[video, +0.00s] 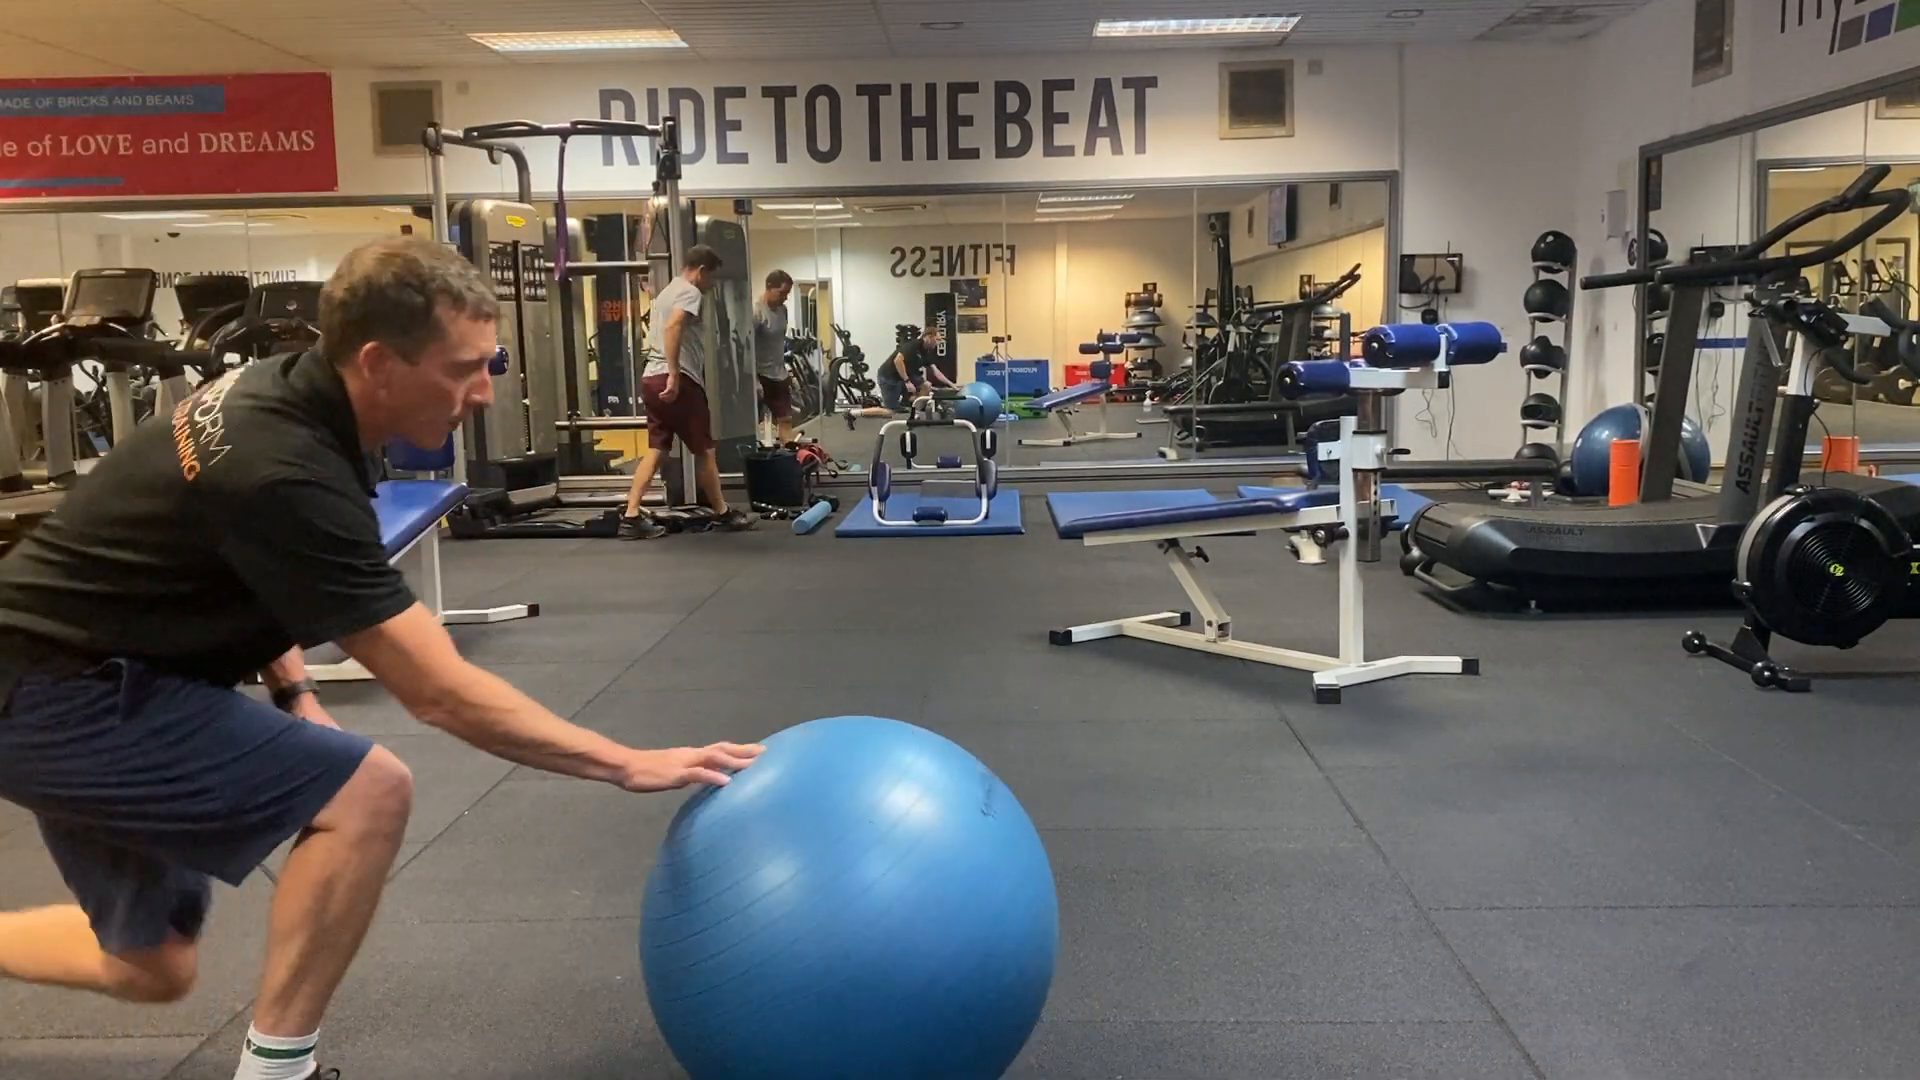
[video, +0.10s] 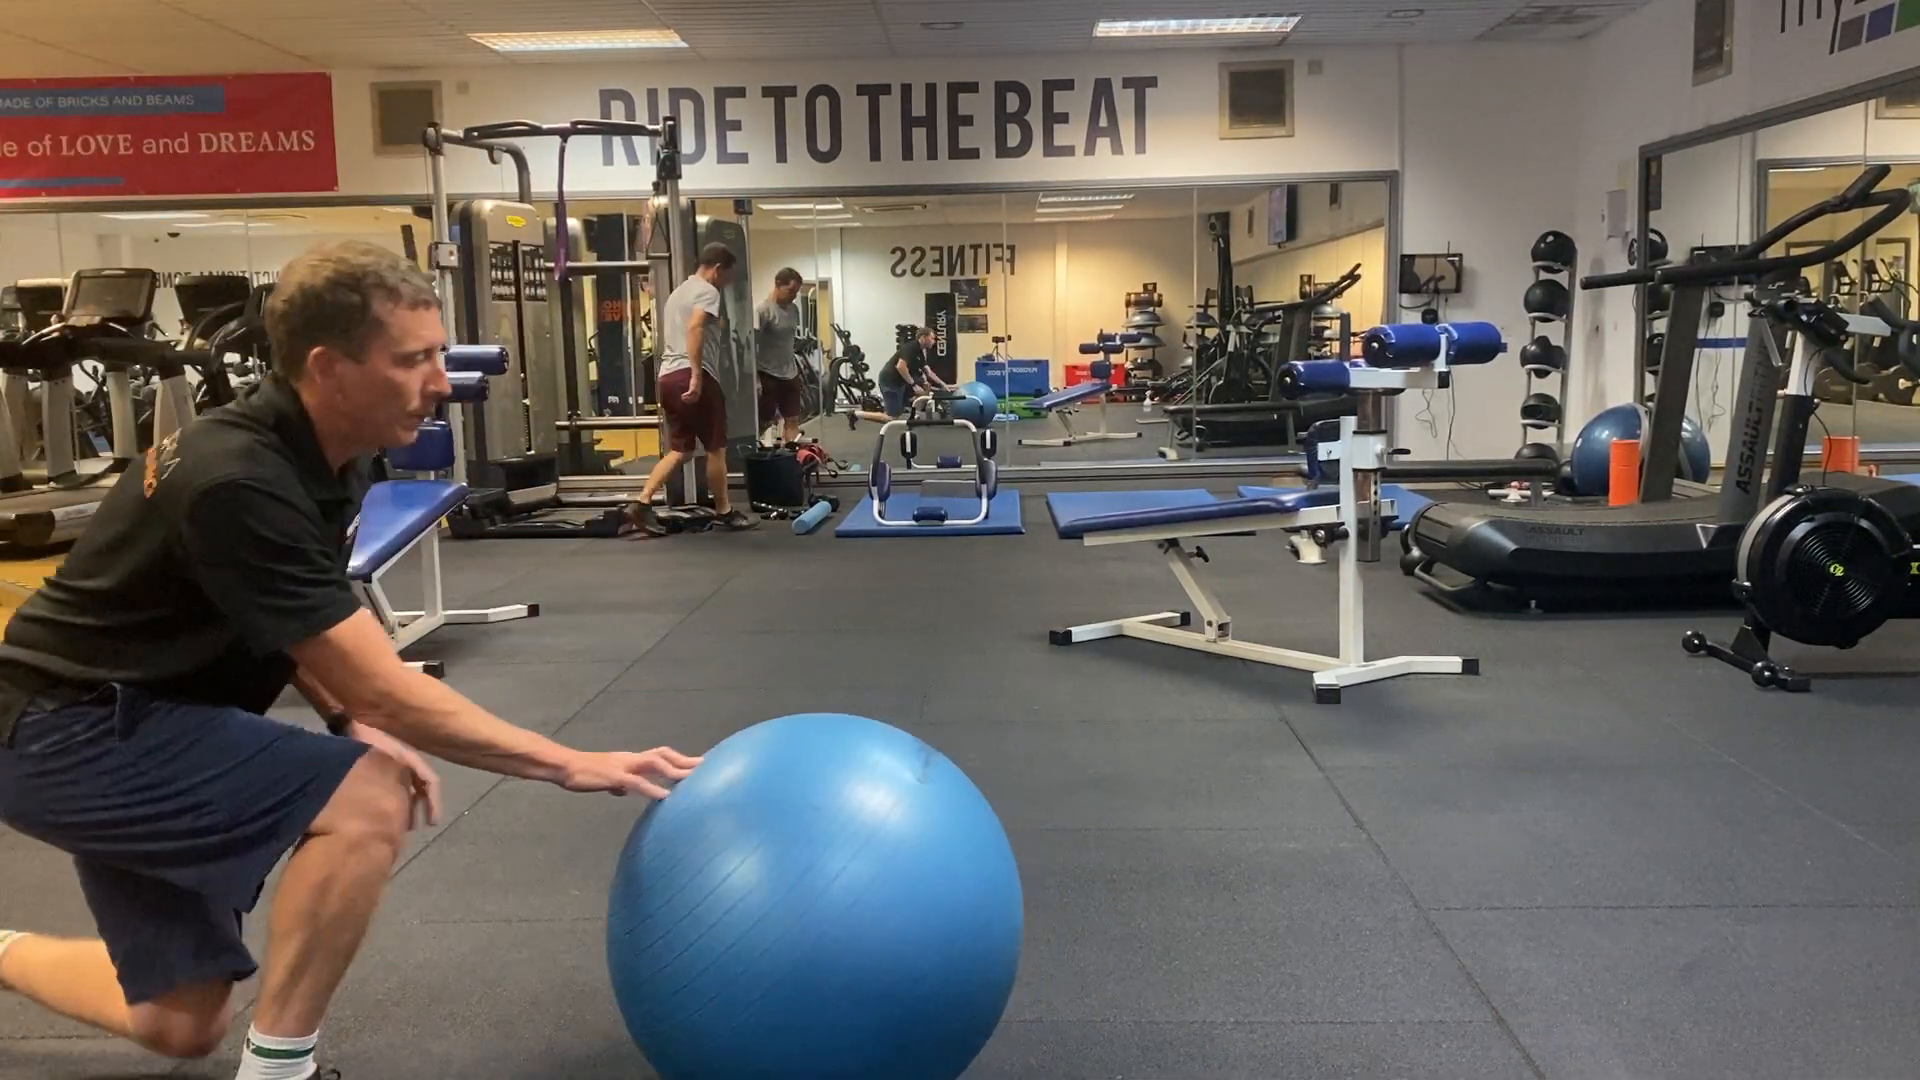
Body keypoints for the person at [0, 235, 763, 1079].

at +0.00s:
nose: (482, 392)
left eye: (486, 368)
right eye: (465, 369)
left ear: (373, 365)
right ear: (372, 368)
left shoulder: (290, 389)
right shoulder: (289, 471)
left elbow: (227, 542)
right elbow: (437, 688)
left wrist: (291, 688)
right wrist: (626, 762)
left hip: (71, 670)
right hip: (63, 680)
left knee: (151, 965)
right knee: (367, 792)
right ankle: (272, 1065)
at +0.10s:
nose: (441, 384)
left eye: (441, 359)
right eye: (419, 362)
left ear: (337, 370)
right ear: (328, 368)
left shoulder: (319, 463)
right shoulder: (241, 482)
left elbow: (291, 622)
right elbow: (381, 696)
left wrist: (358, 730)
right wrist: (565, 762)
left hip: (138, 720)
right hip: (65, 721)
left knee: (182, 1022)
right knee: (367, 792)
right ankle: (275, 1062)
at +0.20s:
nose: (394, 366)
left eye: (389, 341)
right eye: (363, 345)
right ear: (278, 365)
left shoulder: (342, 460)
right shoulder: (198, 476)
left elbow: (328, 620)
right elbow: (321, 686)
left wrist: (430, 752)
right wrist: (505, 767)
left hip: (183, 736)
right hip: (71, 736)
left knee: (207, 1040)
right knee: (347, 790)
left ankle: (8, 955)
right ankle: (273, 1068)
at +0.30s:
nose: (376, 347)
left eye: (373, 322)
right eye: (348, 325)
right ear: (264, 347)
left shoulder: (335, 452)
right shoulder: (176, 464)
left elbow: (341, 613)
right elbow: (275, 689)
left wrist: (461, 721)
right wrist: (442, 790)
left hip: (169, 716)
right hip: (56, 712)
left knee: (198, 1037)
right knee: (301, 780)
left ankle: (10, 956)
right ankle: (264, 1063)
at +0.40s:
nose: (367, 342)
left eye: (364, 318)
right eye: (339, 318)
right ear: (256, 330)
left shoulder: (321, 440)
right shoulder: (160, 446)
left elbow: (354, 620)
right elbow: (212, 670)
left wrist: (478, 695)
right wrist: (378, 786)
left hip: (172, 715)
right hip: (53, 707)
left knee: (216, 1022)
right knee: (289, 785)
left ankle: (13, 954)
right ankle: (189, 1060)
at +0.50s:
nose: (357, 335)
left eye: (359, 311)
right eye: (332, 309)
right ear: (252, 312)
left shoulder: (310, 437)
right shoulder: (144, 430)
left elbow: (348, 605)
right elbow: (129, 649)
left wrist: (477, 684)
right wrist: (314, 753)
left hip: (182, 731)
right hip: (71, 726)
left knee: (203, 1036)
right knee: (293, 887)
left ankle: (28, 966)